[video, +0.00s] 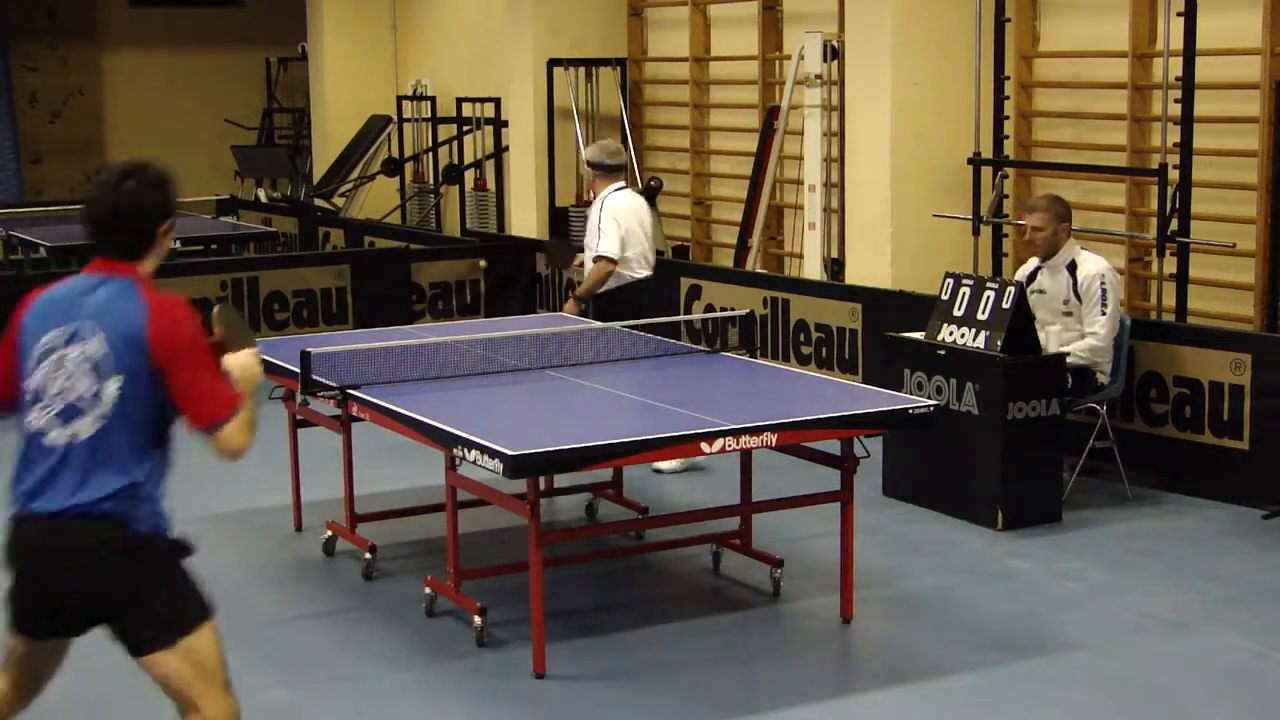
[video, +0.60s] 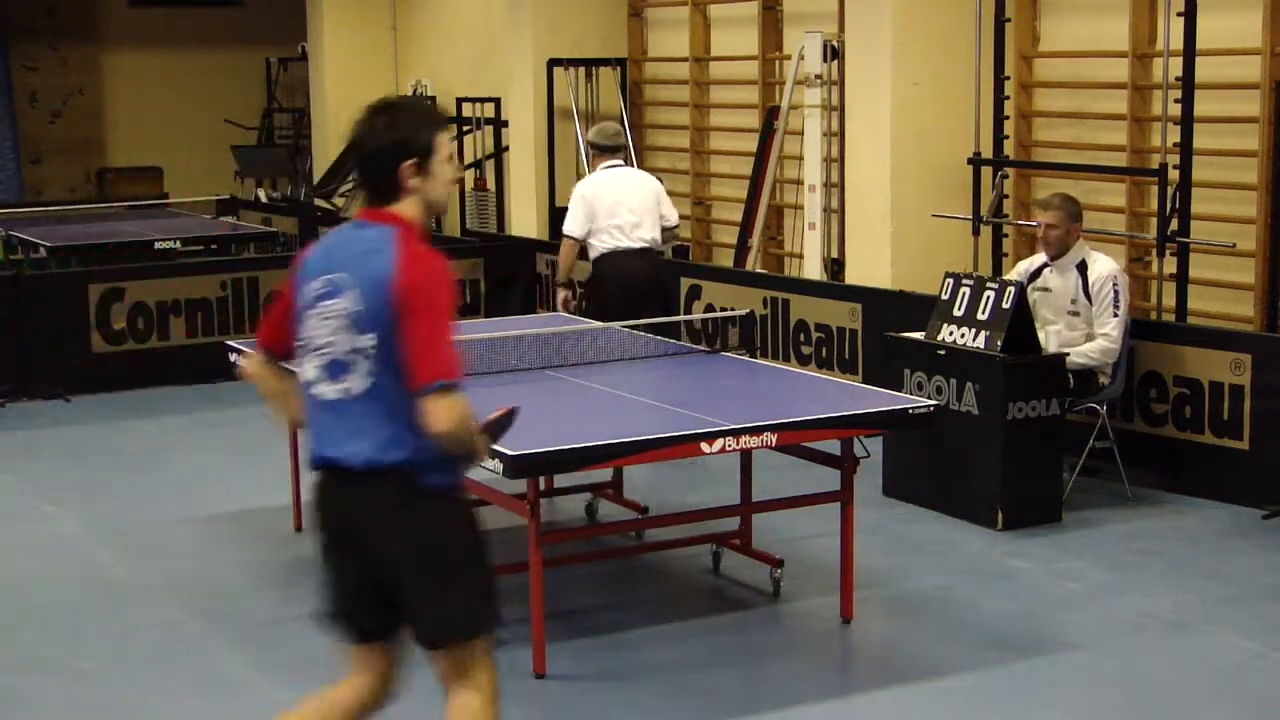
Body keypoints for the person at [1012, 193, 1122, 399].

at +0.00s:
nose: (1028, 238)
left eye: (1037, 230)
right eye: (1027, 229)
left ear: (1063, 231)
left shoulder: (1096, 272)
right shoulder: (1026, 273)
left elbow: (1099, 346)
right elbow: (1010, 330)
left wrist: (1045, 363)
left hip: (1085, 371)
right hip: (1036, 368)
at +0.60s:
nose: (1041, 235)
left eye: (1051, 228)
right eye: (1039, 226)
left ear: (1075, 231)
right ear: (1035, 225)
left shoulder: (1105, 274)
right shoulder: (1026, 270)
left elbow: (1108, 347)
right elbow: (995, 317)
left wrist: (1050, 363)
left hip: (1085, 375)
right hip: (1031, 369)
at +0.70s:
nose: (1040, 234)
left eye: (1051, 227)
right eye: (1039, 226)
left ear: (1075, 231)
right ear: (1036, 226)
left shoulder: (1104, 273)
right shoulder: (1027, 268)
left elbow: (1107, 348)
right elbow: (992, 302)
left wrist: (1047, 362)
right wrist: (982, 279)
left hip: (1082, 375)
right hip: (1029, 370)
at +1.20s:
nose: (1043, 232)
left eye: (1053, 224)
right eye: (1040, 224)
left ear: (1075, 227)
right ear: (1036, 225)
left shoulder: (1105, 271)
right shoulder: (1029, 266)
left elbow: (1121, 341)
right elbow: (994, 286)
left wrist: (1068, 347)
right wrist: (973, 280)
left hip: (1084, 372)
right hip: (1031, 365)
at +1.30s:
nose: (1047, 231)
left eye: (1056, 223)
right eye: (1042, 223)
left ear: (1075, 227)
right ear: (1036, 226)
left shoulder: (1105, 270)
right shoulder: (1027, 268)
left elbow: (1125, 339)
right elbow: (993, 302)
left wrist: (1071, 345)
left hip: (1085, 373)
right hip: (1032, 367)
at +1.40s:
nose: (1049, 230)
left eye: (1058, 222)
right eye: (1043, 222)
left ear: (1074, 226)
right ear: (1036, 227)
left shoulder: (1102, 269)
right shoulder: (1024, 272)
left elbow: (1128, 336)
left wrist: (1074, 349)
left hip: (1086, 374)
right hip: (1035, 370)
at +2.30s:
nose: (1039, 253)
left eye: (1046, 245)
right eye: (1033, 245)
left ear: (1066, 234)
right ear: (1026, 239)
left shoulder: (1099, 269)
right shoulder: (1029, 271)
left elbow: (1101, 338)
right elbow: (1017, 326)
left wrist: (1052, 361)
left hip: (1088, 365)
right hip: (1038, 364)